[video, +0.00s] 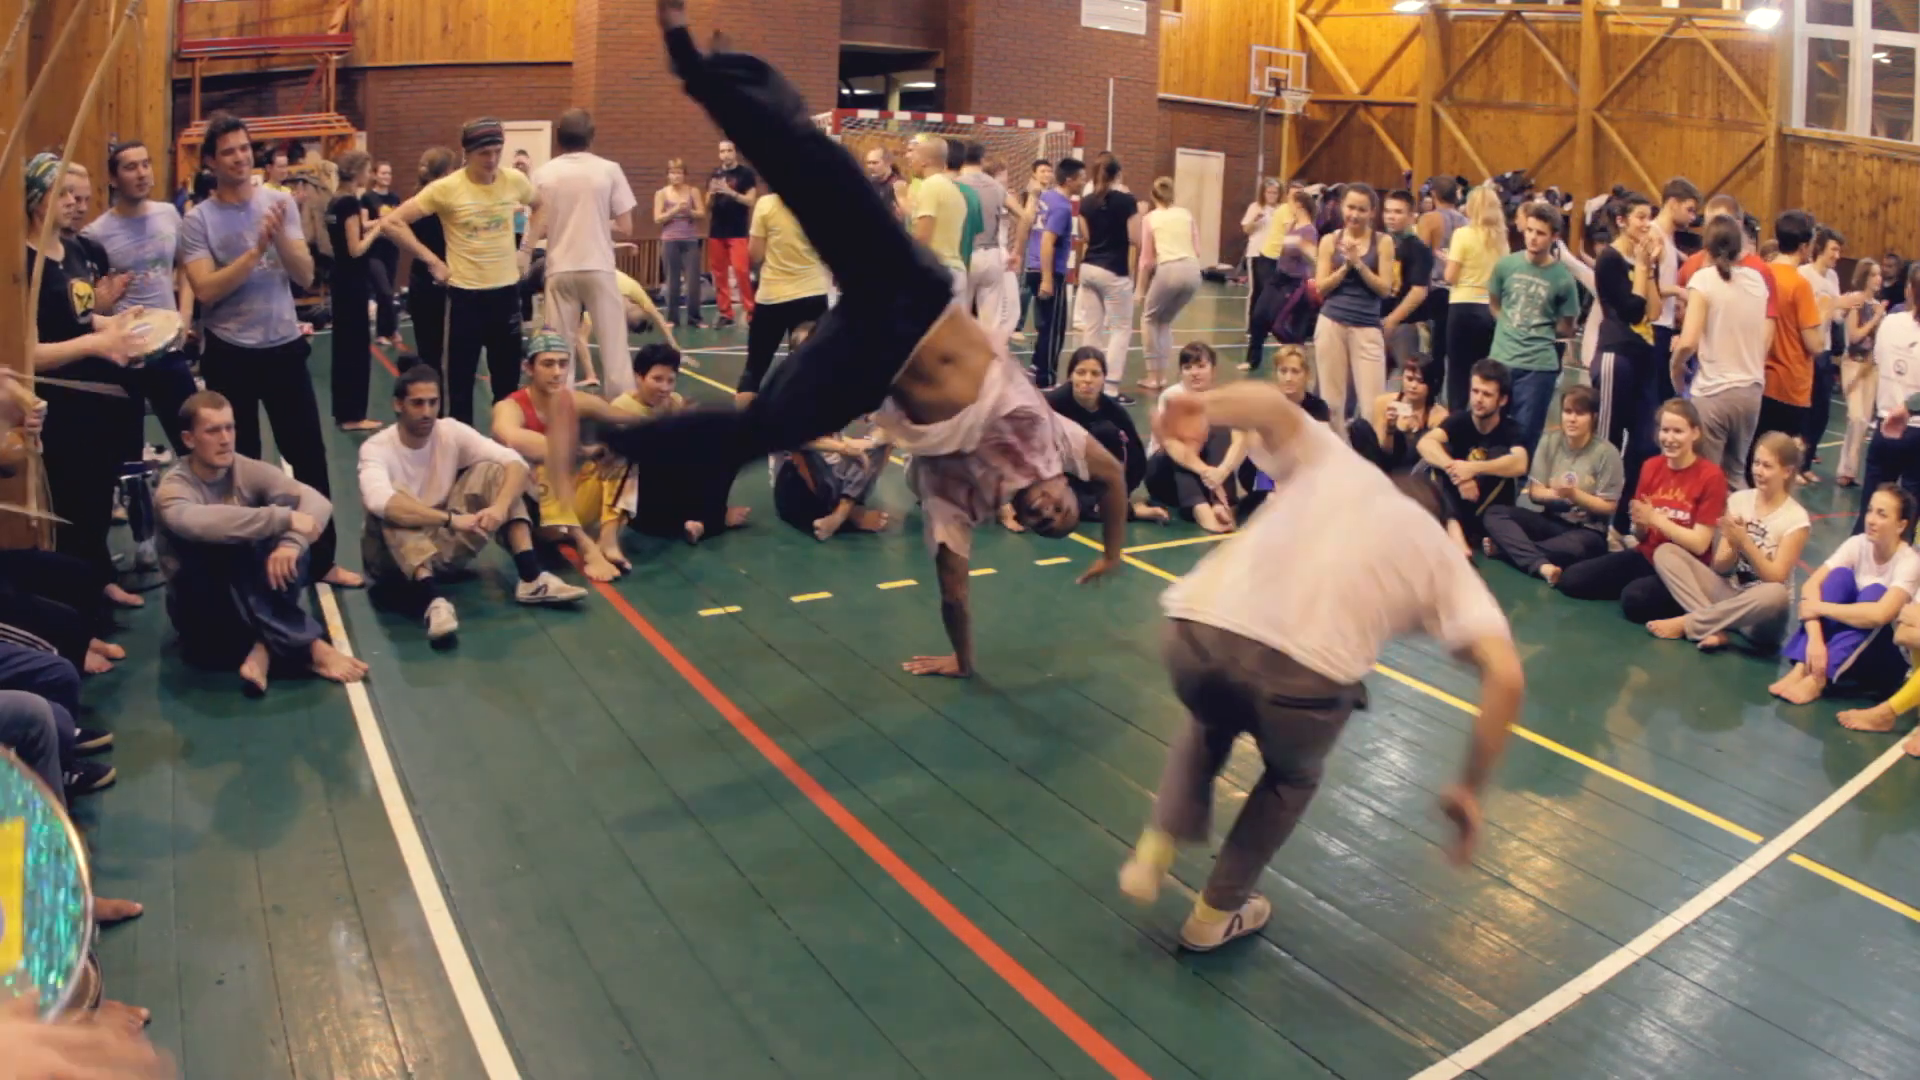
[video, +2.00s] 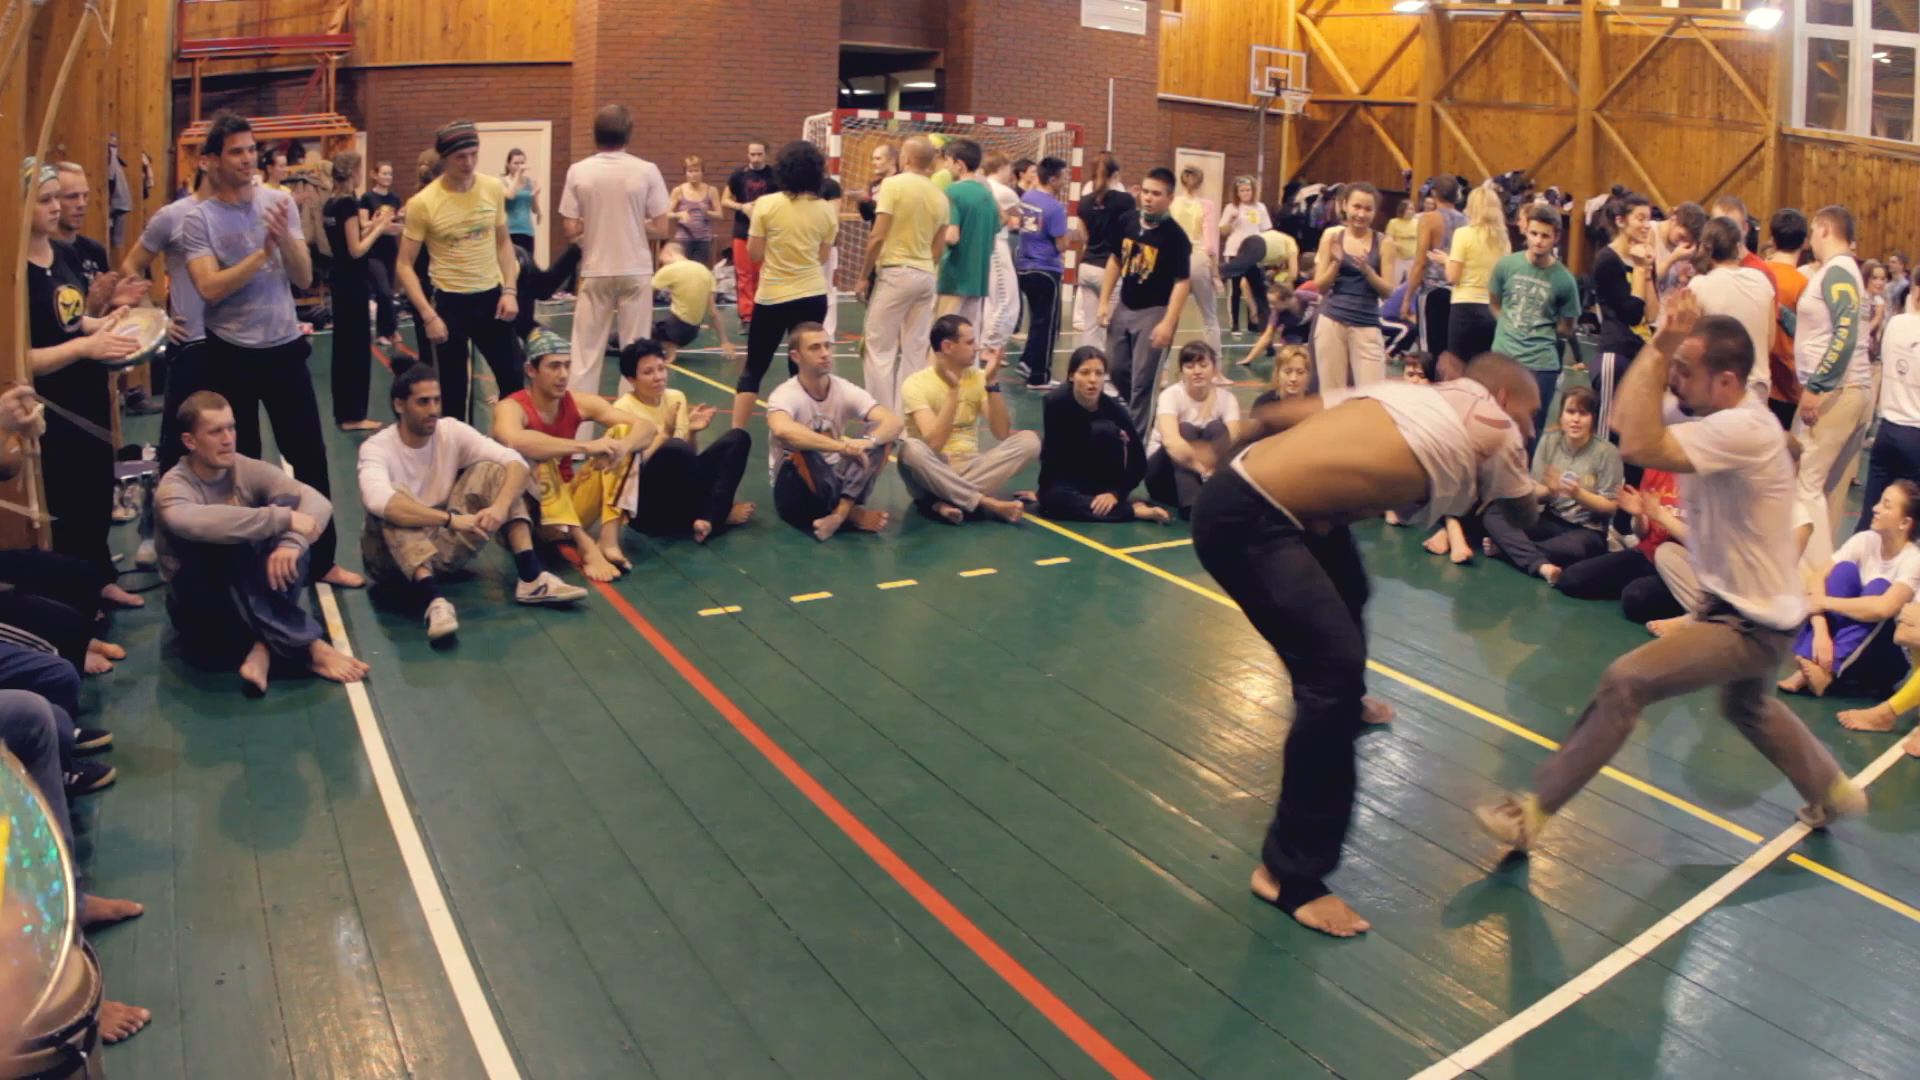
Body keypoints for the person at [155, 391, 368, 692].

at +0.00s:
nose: (225, 439)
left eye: (229, 428)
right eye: (213, 431)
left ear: (236, 430)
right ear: (188, 439)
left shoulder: (245, 469)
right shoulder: (174, 487)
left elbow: (316, 501)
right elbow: (193, 523)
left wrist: (291, 544)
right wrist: (284, 518)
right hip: (208, 617)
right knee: (213, 547)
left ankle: (265, 646)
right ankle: (310, 646)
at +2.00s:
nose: (228, 439)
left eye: (231, 429)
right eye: (216, 432)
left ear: (237, 429)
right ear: (189, 441)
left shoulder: (246, 469)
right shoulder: (174, 487)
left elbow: (317, 501)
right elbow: (188, 523)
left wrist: (292, 543)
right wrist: (283, 518)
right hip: (207, 613)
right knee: (215, 544)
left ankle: (265, 646)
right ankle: (311, 645)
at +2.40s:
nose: (228, 439)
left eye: (231, 429)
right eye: (216, 432)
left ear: (237, 429)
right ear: (189, 441)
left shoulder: (245, 468)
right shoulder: (174, 487)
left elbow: (317, 502)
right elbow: (192, 523)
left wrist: (292, 544)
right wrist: (283, 517)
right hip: (208, 616)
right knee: (214, 544)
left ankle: (264, 645)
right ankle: (310, 645)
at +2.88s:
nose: (228, 440)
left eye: (231, 429)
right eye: (216, 432)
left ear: (236, 429)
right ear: (189, 440)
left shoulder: (244, 469)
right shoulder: (173, 487)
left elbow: (316, 502)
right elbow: (191, 523)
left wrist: (291, 543)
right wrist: (283, 517)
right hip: (208, 616)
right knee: (213, 544)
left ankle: (264, 646)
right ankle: (310, 645)